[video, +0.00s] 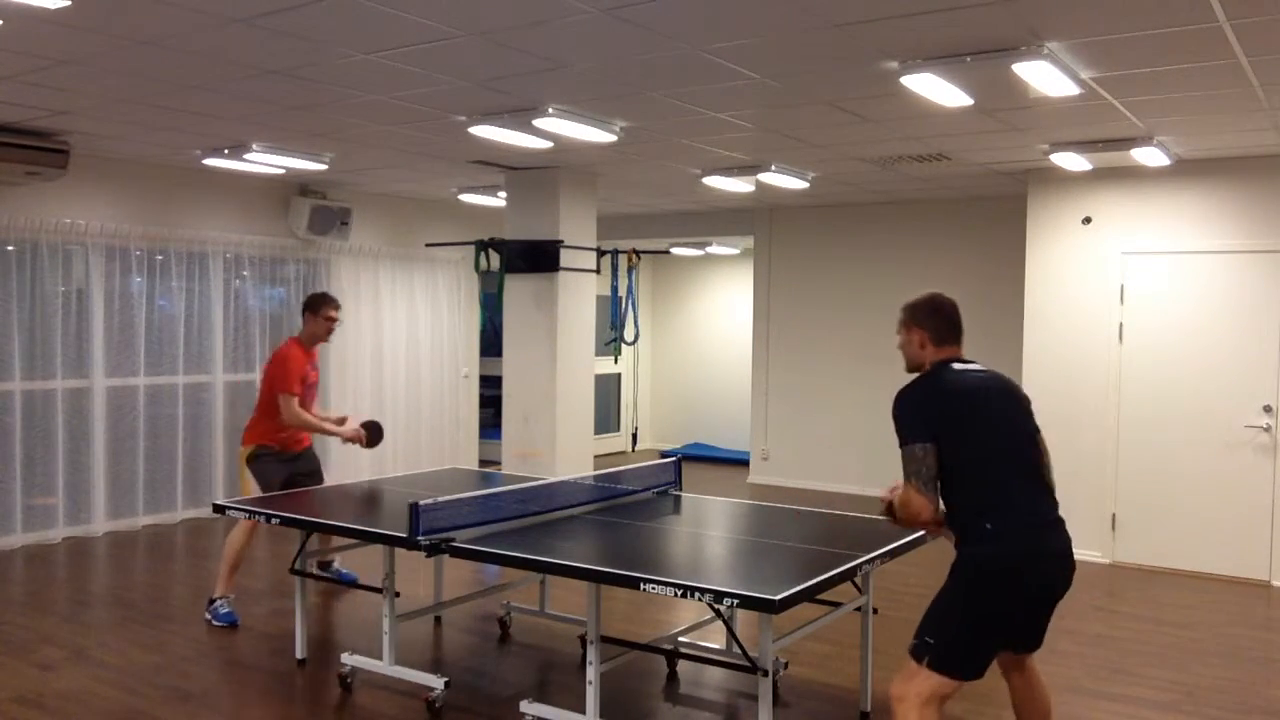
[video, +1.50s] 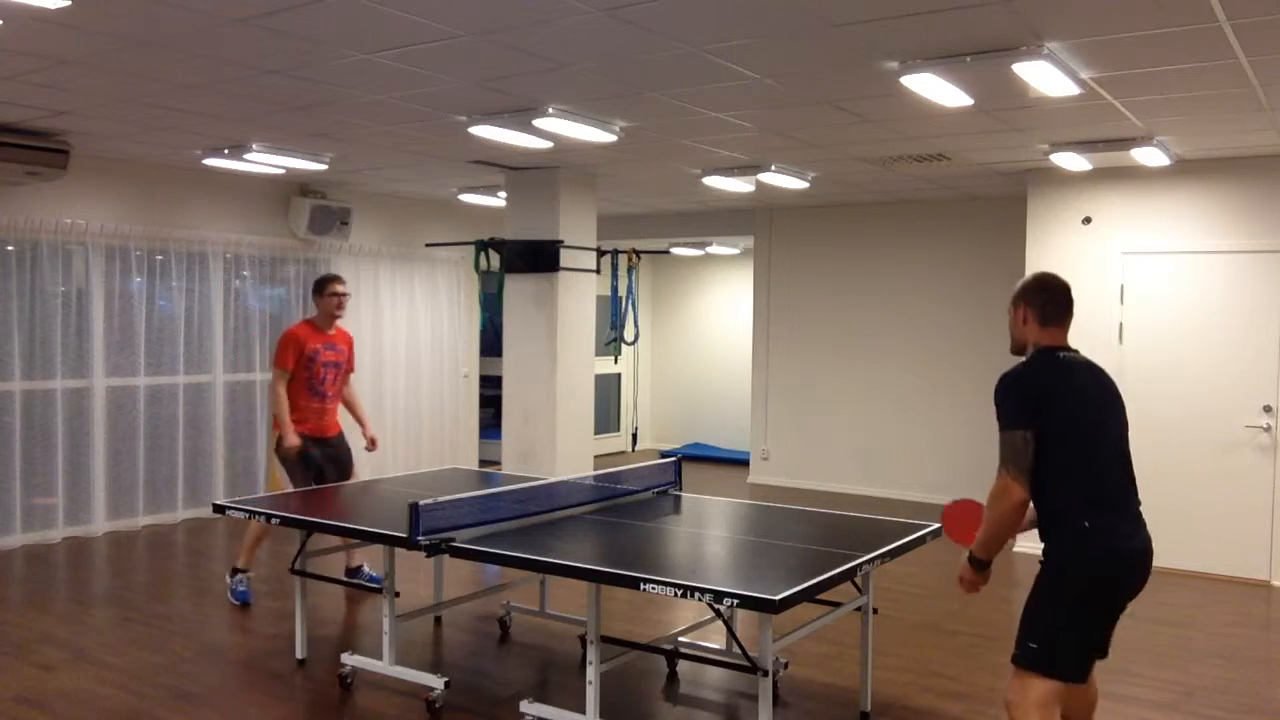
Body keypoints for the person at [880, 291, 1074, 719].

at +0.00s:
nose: (900, 348)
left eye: (902, 339)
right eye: (900, 339)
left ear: (921, 339)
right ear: (957, 338)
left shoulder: (917, 397)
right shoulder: (1005, 386)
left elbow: (920, 511)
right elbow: (1040, 481)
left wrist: (897, 502)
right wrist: (952, 516)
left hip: (993, 561)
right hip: (1053, 554)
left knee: (913, 694)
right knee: (1017, 660)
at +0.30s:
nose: (917, 368)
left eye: (916, 358)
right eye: (918, 358)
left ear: (926, 357)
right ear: (973, 358)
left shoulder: (912, 416)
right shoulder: (1023, 414)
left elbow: (909, 533)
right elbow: (1056, 524)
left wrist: (917, 560)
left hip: (967, 582)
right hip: (1040, 579)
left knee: (883, 705)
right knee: (1005, 674)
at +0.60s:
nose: (940, 416)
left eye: (939, 410)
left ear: (942, 410)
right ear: (991, 400)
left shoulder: (930, 463)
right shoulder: (1047, 438)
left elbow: (945, 544)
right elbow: (1073, 531)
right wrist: (1067, 573)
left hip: (980, 606)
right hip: (1063, 602)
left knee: (910, 708)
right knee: (1078, 705)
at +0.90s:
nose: (986, 353)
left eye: (987, 344)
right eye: (987, 344)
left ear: (996, 343)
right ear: (1041, 342)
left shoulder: (980, 402)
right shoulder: (1094, 389)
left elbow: (992, 510)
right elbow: (1147, 489)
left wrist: (995, 595)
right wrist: (1089, 529)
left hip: (1052, 561)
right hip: (1126, 556)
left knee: (993, 702)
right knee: (1092, 676)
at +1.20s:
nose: (1003, 307)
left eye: (1006, 296)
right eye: (1005, 296)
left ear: (1020, 300)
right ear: (1064, 303)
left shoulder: (1011, 371)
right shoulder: (1109, 368)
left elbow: (1013, 482)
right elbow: (1143, 466)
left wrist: (978, 576)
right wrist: (1087, 504)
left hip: (1072, 552)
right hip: (1130, 546)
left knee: (1030, 687)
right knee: (1083, 672)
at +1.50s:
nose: (1009, 324)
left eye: (1012, 314)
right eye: (1011, 314)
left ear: (1025, 315)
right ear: (1066, 320)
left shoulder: (1021, 381)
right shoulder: (1098, 379)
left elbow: (1014, 490)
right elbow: (1097, 483)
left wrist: (978, 560)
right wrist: (1027, 521)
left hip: (1079, 554)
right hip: (1129, 549)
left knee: (1030, 690)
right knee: (1076, 674)